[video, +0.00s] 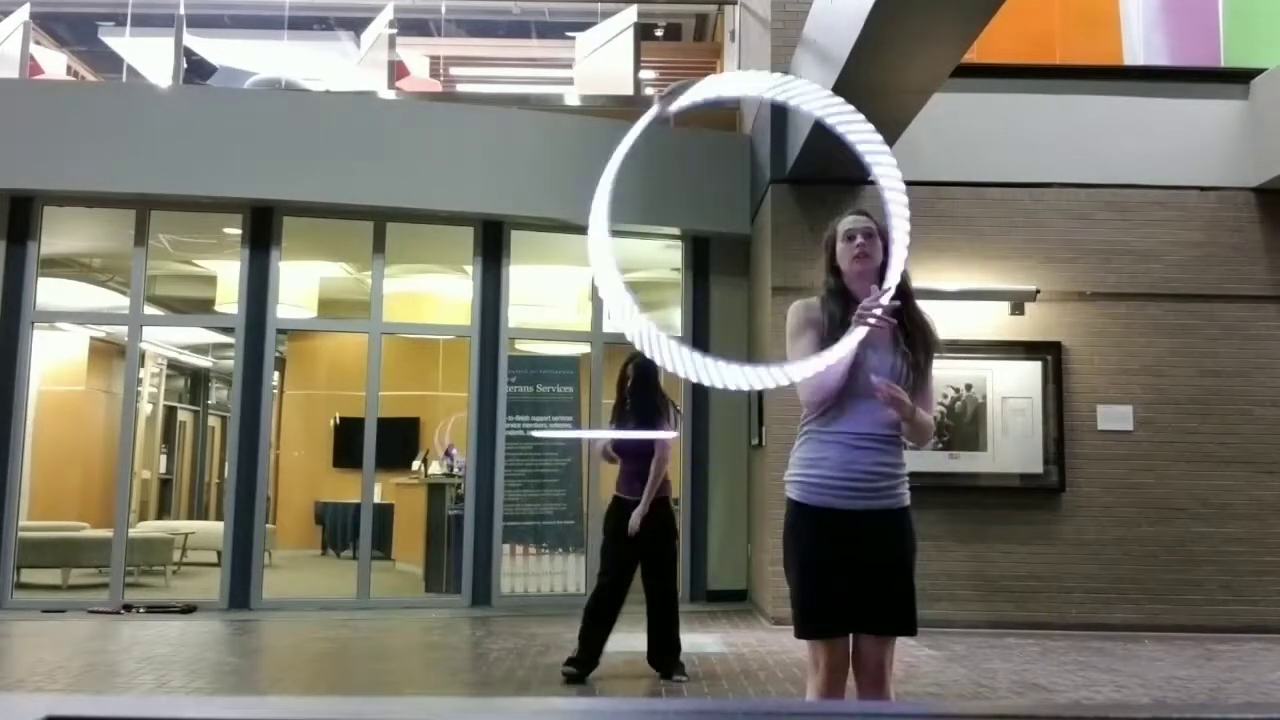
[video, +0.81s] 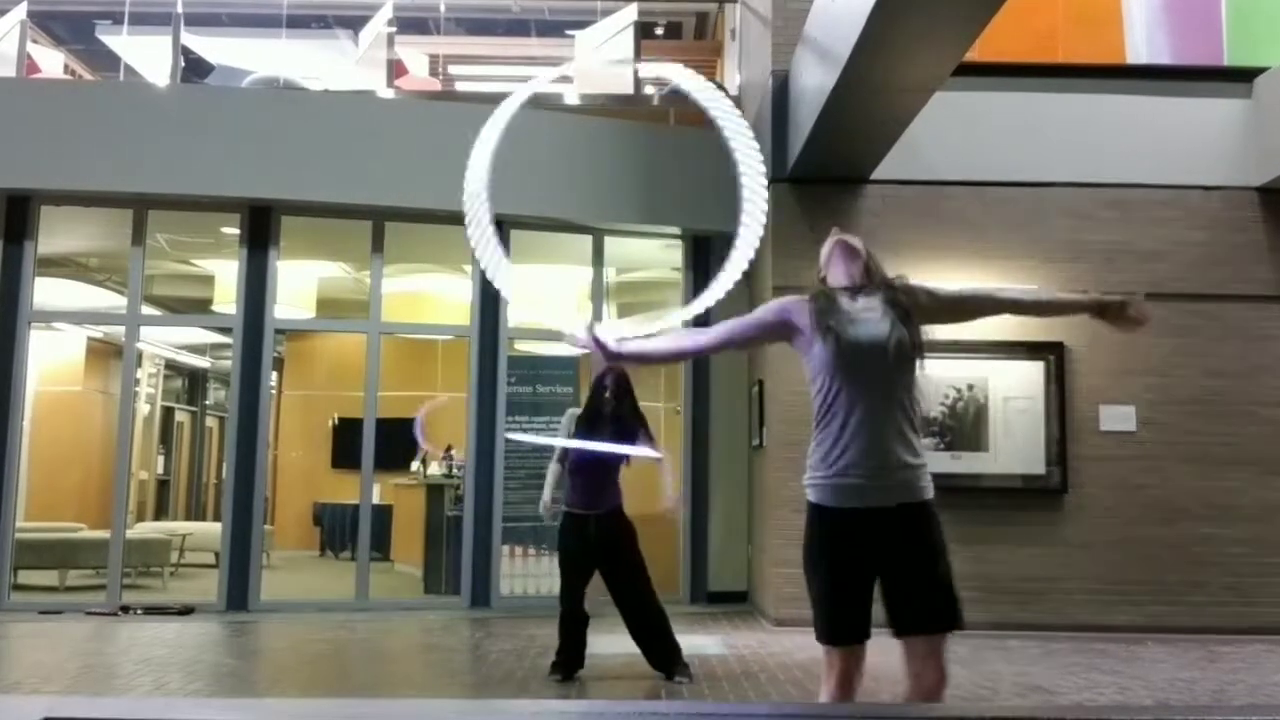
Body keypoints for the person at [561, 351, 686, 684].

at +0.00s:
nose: (630, 386)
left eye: (637, 380)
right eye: (627, 379)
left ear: (650, 380)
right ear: (622, 381)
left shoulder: (663, 410)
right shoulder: (622, 412)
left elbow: (662, 460)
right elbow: (613, 456)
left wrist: (642, 507)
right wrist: (603, 448)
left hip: (655, 509)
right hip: (622, 506)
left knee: (661, 590)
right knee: (608, 586)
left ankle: (668, 662)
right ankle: (582, 661)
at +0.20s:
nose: (632, 381)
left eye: (639, 375)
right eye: (629, 375)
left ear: (651, 375)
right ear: (624, 377)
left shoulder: (661, 403)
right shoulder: (629, 409)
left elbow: (638, 437)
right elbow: (624, 439)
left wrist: (615, 463)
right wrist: (599, 436)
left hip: (658, 508)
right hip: (625, 506)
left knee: (666, 590)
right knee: (608, 585)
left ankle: (671, 661)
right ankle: (582, 659)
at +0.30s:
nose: (633, 380)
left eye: (639, 374)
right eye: (629, 375)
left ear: (652, 375)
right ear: (623, 377)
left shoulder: (663, 403)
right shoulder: (624, 408)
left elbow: (632, 427)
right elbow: (605, 437)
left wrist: (606, 426)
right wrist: (620, 422)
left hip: (656, 506)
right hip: (621, 505)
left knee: (666, 590)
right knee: (600, 585)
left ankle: (671, 661)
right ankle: (574, 660)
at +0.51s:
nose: (624, 387)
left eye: (630, 381)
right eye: (621, 381)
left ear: (639, 383)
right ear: (615, 384)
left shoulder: (653, 413)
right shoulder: (605, 414)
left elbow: (655, 405)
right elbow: (585, 445)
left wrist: (607, 392)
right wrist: (572, 420)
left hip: (639, 511)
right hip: (602, 511)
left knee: (655, 591)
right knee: (587, 595)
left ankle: (674, 665)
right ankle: (568, 667)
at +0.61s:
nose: (617, 387)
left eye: (624, 380)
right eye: (612, 379)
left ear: (635, 386)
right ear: (605, 382)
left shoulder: (640, 417)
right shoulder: (595, 411)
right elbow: (576, 449)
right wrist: (558, 438)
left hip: (626, 513)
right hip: (591, 512)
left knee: (647, 593)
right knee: (581, 594)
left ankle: (673, 665)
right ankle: (567, 663)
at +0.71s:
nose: (607, 388)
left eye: (614, 382)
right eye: (604, 381)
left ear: (626, 387)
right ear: (597, 385)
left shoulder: (633, 415)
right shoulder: (584, 415)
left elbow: (679, 434)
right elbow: (562, 452)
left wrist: (691, 459)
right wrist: (550, 466)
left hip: (618, 519)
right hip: (582, 518)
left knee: (641, 596)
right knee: (574, 596)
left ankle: (673, 664)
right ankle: (567, 663)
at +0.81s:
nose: (609, 395)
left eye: (616, 390)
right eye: (604, 388)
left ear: (625, 394)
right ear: (594, 389)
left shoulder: (628, 425)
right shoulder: (574, 418)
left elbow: (658, 456)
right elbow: (558, 459)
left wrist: (670, 496)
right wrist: (548, 494)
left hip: (611, 520)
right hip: (574, 520)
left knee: (638, 595)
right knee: (571, 598)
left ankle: (672, 663)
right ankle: (566, 663)